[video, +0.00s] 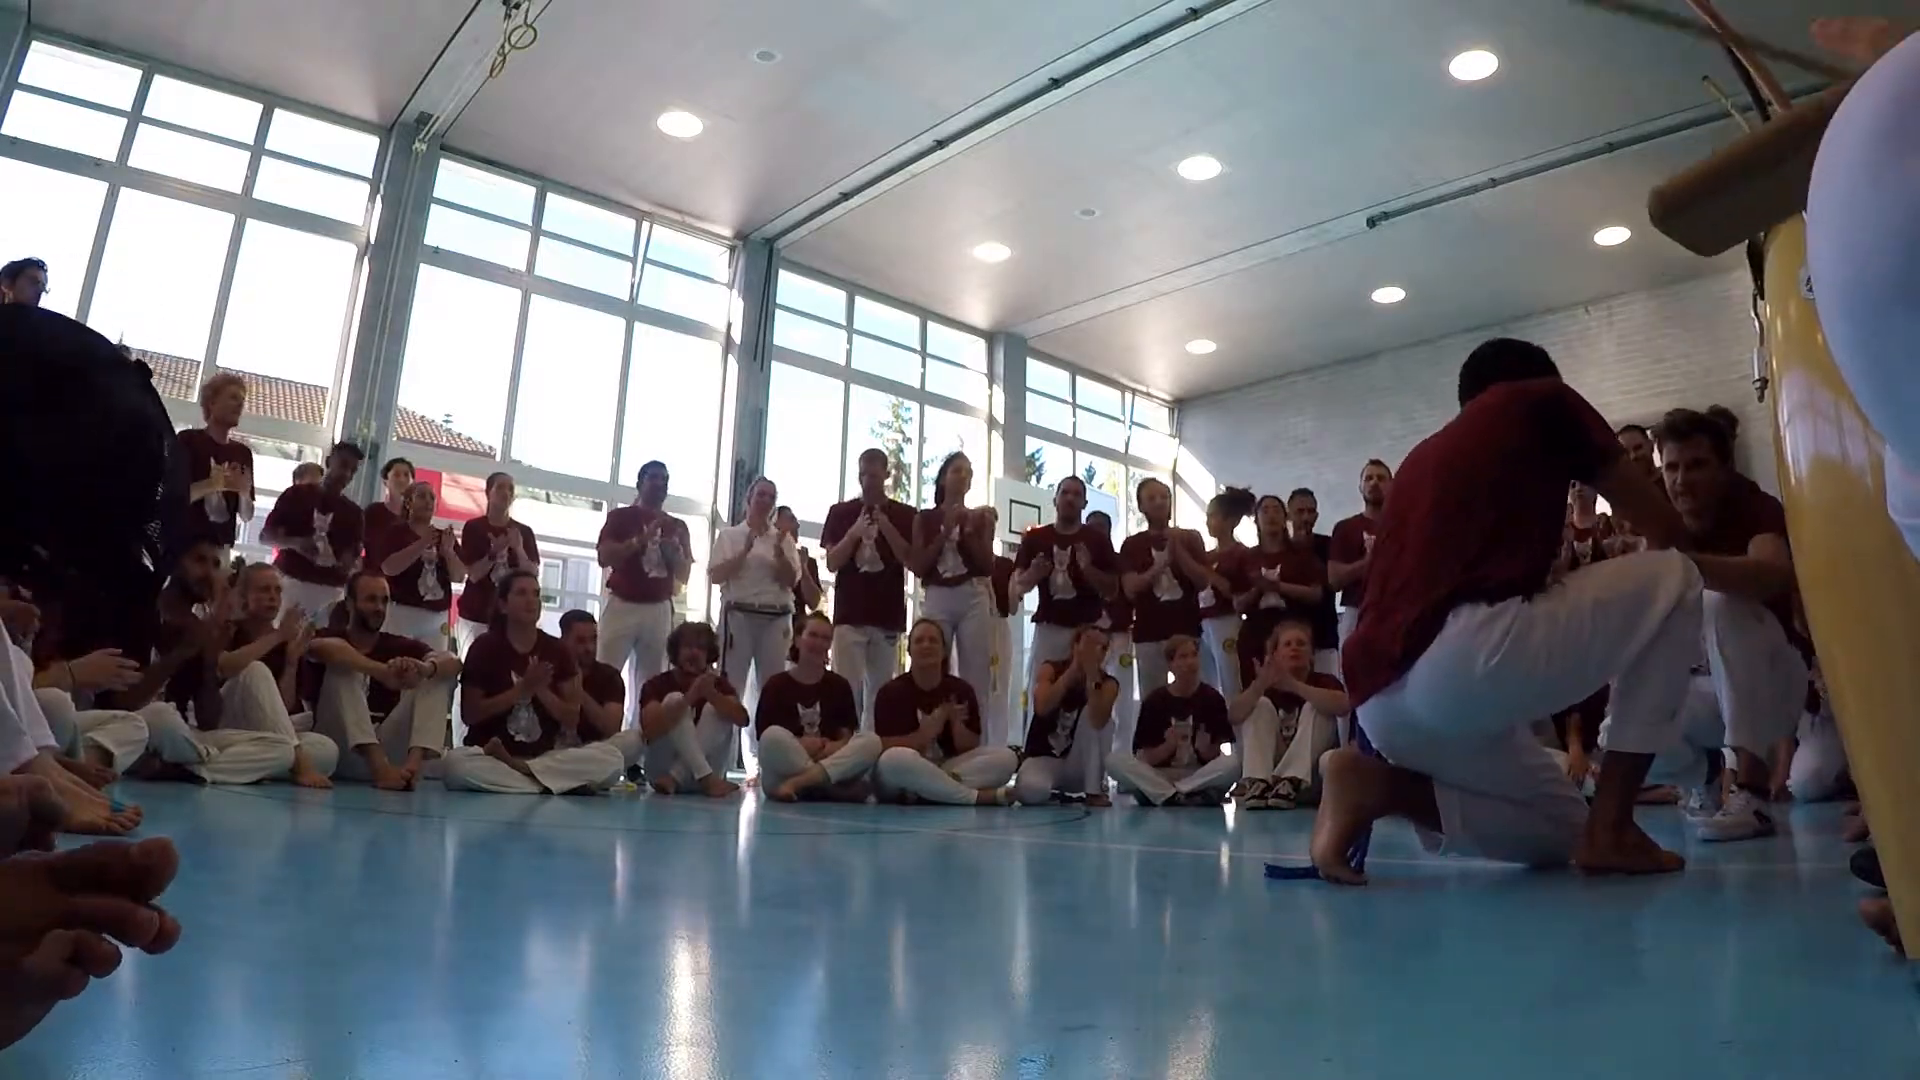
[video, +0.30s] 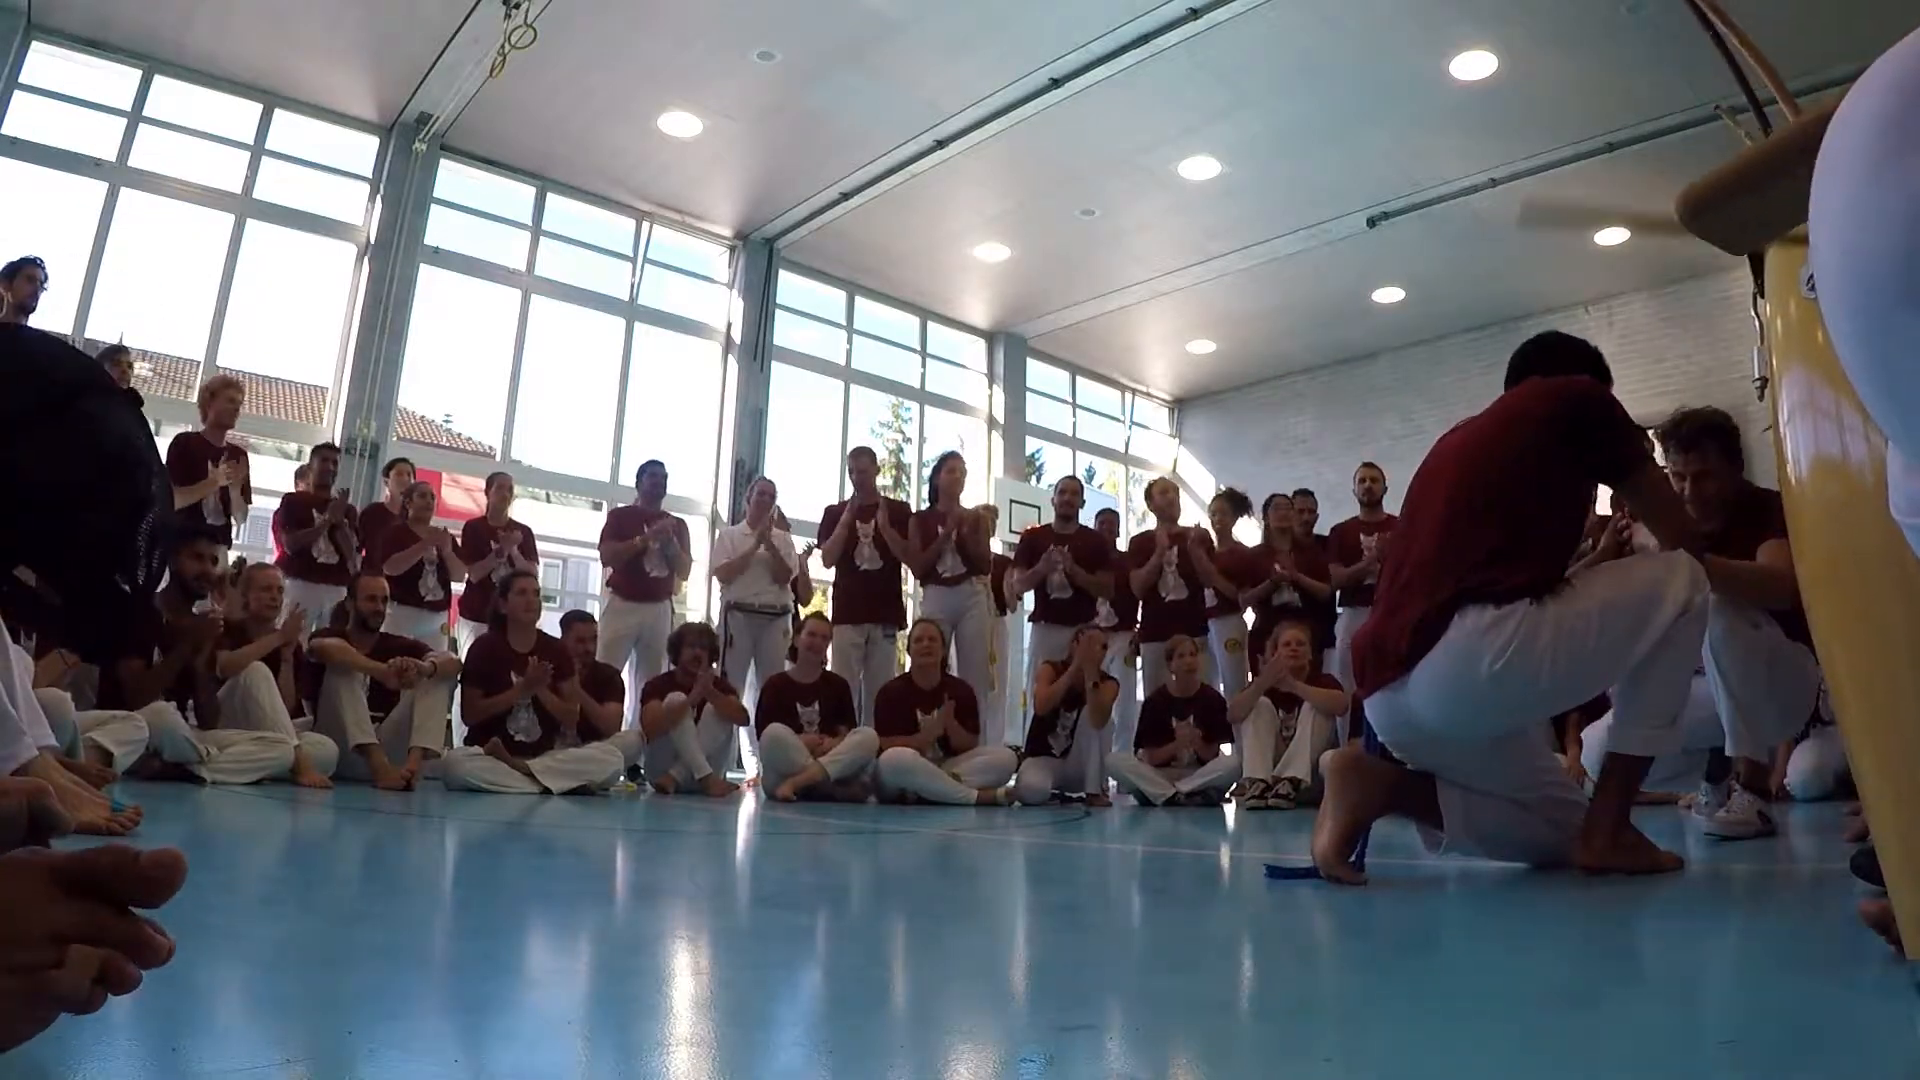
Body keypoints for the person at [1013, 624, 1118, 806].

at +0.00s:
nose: (1095, 653)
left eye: (1102, 648)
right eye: (1089, 645)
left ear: (1106, 653)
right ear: (1075, 647)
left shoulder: (1107, 683)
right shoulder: (1050, 669)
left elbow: (1098, 719)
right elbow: (1042, 707)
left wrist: (1092, 672)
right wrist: (1074, 669)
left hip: (1080, 762)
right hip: (1043, 760)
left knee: (1093, 712)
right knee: (1031, 792)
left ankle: (1094, 790)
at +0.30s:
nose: (1093, 651)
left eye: (1101, 647)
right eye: (1088, 644)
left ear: (1105, 652)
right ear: (1074, 645)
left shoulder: (1108, 683)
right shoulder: (1049, 669)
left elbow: (1098, 719)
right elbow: (1041, 706)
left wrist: (1091, 671)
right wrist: (1075, 667)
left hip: (1080, 763)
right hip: (1042, 760)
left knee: (1093, 712)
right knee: (1032, 792)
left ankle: (1094, 790)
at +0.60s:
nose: (1098, 650)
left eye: (1104, 645)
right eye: (1092, 643)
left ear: (1107, 650)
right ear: (1075, 645)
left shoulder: (1108, 682)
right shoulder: (1050, 669)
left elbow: (1099, 719)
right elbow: (1041, 708)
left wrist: (1093, 673)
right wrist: (1071, 675)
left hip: (1080, 763)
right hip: (1042, 760)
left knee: (1094, 712)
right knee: (1032, 792)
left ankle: (1094, 790)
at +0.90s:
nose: (1097, 652)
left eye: (1103, 646)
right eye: (1091, 644)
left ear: (1107, 649)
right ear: (1074, 645)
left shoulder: (1108, 682)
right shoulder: (1049, 670)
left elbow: (1099, 719)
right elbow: (1042, 708)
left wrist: (1093, 674)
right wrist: (1076, 671)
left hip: (1080, 763)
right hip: (1042, 761)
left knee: (1094, 712)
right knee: (1032, 793)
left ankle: (1094, 791)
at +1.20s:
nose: (1099, 650)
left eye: (1103, 646)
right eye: (1093, 644)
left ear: (1106, 652)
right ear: (1073, 645)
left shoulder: (1108, 682)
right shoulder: (1049, 670)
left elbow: (1101, 721)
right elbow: (1041, 709)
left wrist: (1092, 676)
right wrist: (1071, 671)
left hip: (1080, 763)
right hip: (1042, 761)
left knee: (1095, 710)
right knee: (1033, 794)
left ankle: (1094, 790)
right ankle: (1015, 792)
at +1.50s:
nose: (1099, 650)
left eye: (1103, 645)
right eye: (1093, 643)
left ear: (1106, 650)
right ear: (1074, 644)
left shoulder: (1108, 683)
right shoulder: (1049, 671)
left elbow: (1100, 719)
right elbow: (1040, 710)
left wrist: (1091, 677)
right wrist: (1070, 673)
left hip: (1080, 763)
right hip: (1042, 761)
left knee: (1095, 712)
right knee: (1033, 793)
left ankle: (1093, 791)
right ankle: (1012, 793)